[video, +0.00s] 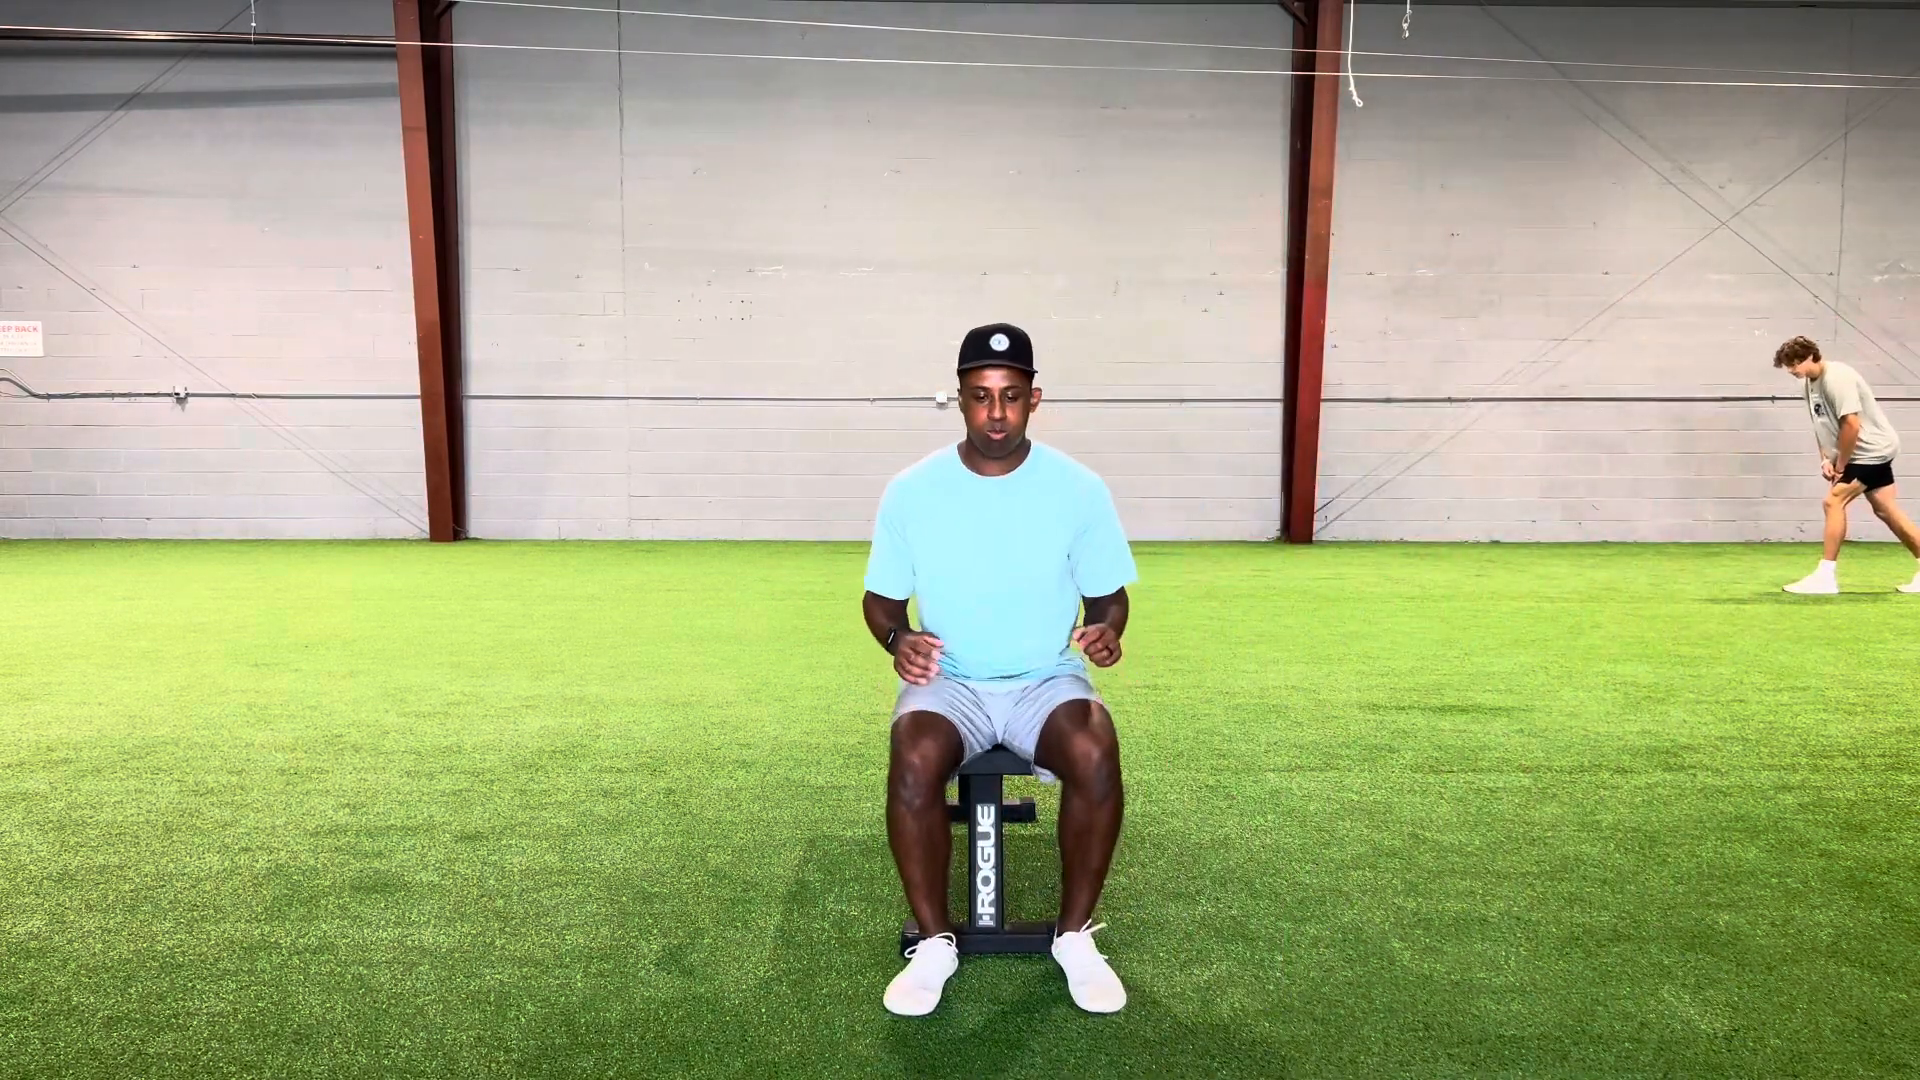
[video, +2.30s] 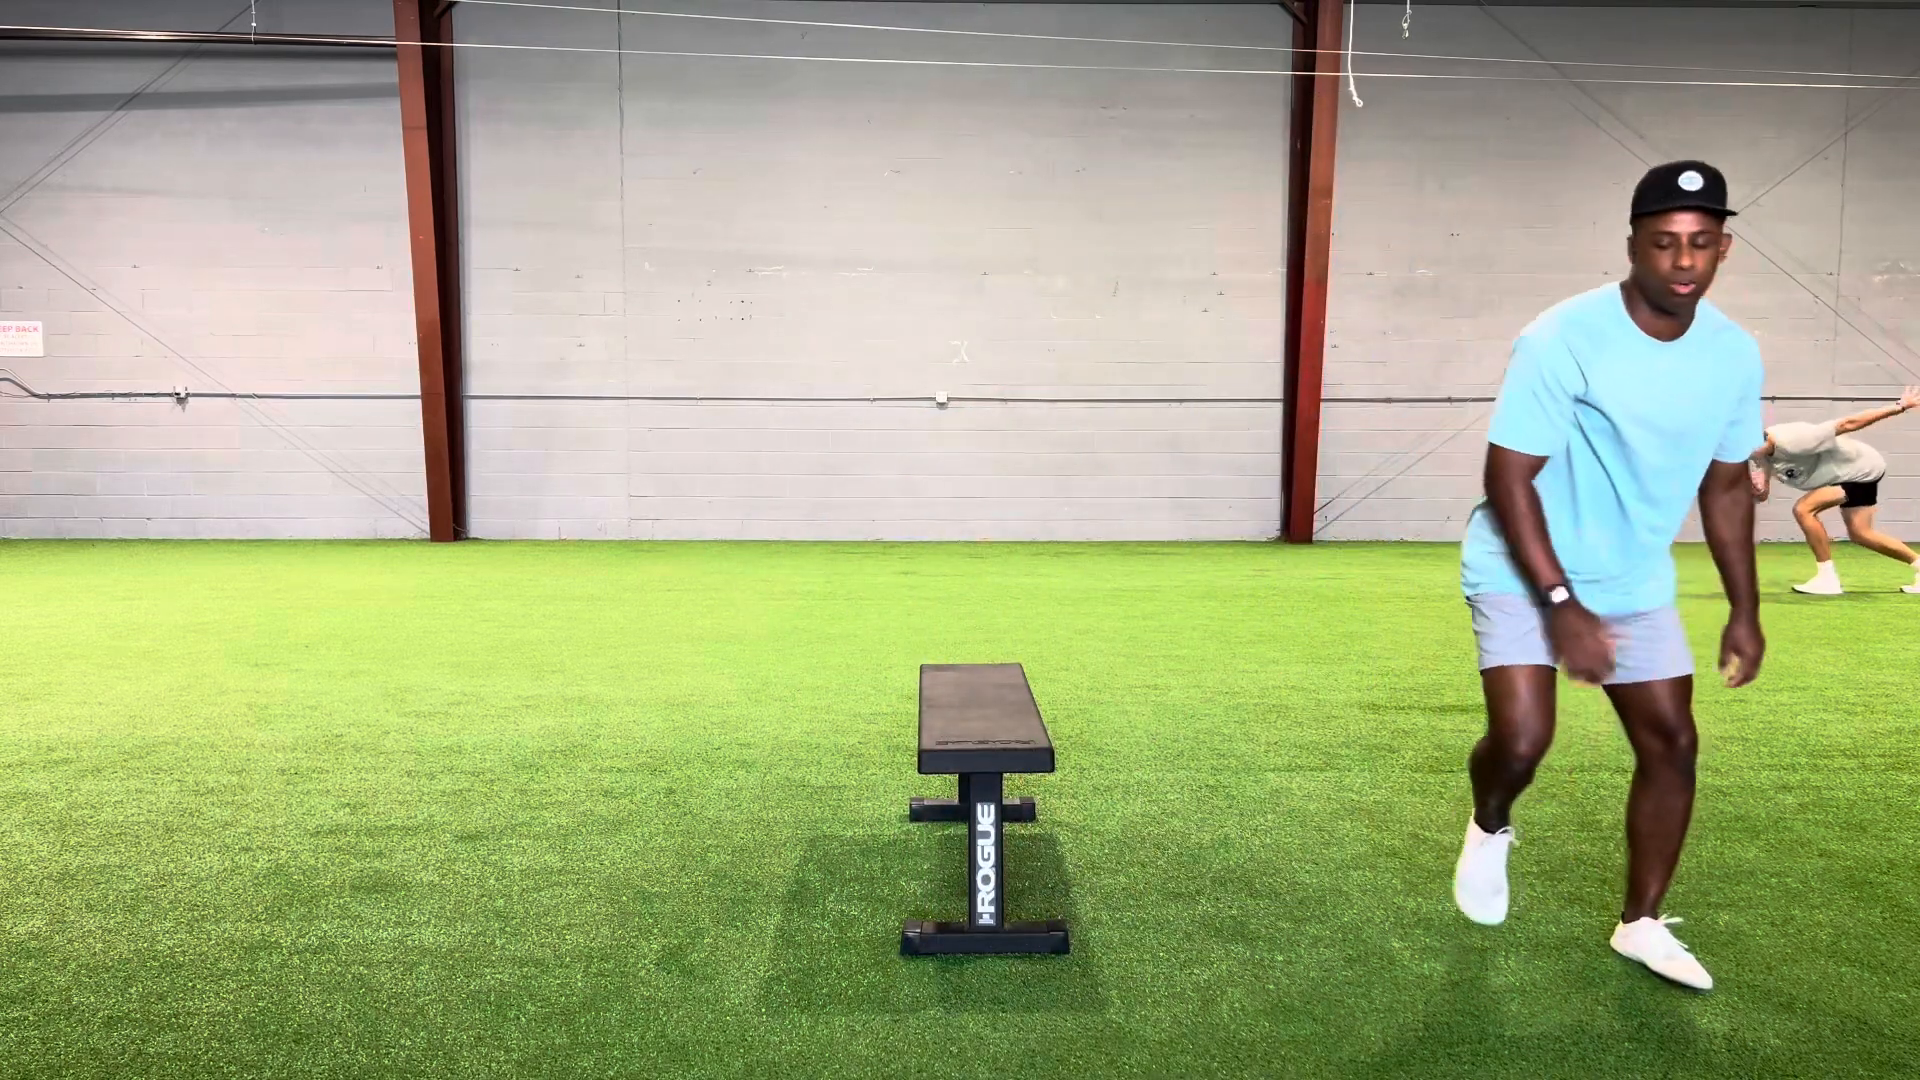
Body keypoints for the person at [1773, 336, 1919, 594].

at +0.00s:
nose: (1792, 372)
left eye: (1793, 365)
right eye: (1789, 367)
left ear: (1809, 357)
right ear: (1804, 361)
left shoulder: (1837, 378)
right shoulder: (1810, 384)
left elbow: (1852, 425)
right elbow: (1821, 426)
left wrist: (1840, 465)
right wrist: (1825, 458)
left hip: (1874, 452)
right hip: (1868, 452)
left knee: (1834, 502)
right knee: (1886, 510)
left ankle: (1825, 575)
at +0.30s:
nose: (1814, 358)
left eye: (1816, 352)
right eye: (1812, 353)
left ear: (1833, 346)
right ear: (1829, 350)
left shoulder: (1867, 370)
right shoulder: (1832, 375)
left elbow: (1887, 416)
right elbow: (1837, 417)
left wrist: (1855, 453)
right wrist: (1830, 448)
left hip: (1880, 455)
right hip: (1871, 456)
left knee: (1833, 498)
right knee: (1894, 512)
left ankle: (1826, 573)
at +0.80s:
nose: (1780, 372)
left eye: (1784, 366)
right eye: (1778, 368)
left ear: (1801, 361)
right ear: (1793, 365)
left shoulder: (1829, 380)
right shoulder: (1801, 391)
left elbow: (1855, 425)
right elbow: (1816, 427)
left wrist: (1834, 464)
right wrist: (1818, 458)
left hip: (1869, 454)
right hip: (1861, 454)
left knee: (1827, 503)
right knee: (1886, 512)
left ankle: (1827, 576)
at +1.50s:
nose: (1767, 400)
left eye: (1766, 393)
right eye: (1762, 397)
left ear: (1777, 383)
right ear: (1775, 386)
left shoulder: (1813, 395)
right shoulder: (1788, 409)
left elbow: (1848, 430)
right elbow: (1806, 441)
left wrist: (1860, 472)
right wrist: (1804, 470)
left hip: (1861, 460)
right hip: (1854, 461)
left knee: (1819, 502)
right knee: (1882, 517)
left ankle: (1826, 577)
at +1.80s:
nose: (1757, 426)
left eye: (1755, 421)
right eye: (1753, 423)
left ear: (1765, 409)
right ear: (1762, 410)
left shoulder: (1802, 413)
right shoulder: (1779, 425)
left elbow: (1851, 430)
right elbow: (1790, 459)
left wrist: (1894, 457)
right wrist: (1782, 474)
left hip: (1861, 464)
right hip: (1860, 465)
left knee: (1815, 503)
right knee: (1876, 522)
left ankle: (1825, 577)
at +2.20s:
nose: (1755, 451)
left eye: (1755, 446)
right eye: (1752, 448)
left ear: (1764, 434)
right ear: (1757, 437)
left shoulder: (1795, 438)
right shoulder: (1766, 450)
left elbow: (1852, 430)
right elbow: (1778, 483)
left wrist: (1909, 425)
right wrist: (1774, 489)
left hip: (1867, 463)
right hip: (1859, 465)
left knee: (1811, 505)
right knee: (1859, 530)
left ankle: (1825, 578)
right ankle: (1916, 560)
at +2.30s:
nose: (1749, 452)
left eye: (1749, 446)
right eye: (1746, 448)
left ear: (1758, 438)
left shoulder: (1794, 442)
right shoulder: (1760, 454)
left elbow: (1847, 424)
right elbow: (1762, 495)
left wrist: (1899, 408)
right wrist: (1755, 491)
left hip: (1862, 470)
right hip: (1854, 471)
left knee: (1803, 509)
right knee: (1860, 533)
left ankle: (1827, 578)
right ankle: (1918, 563)